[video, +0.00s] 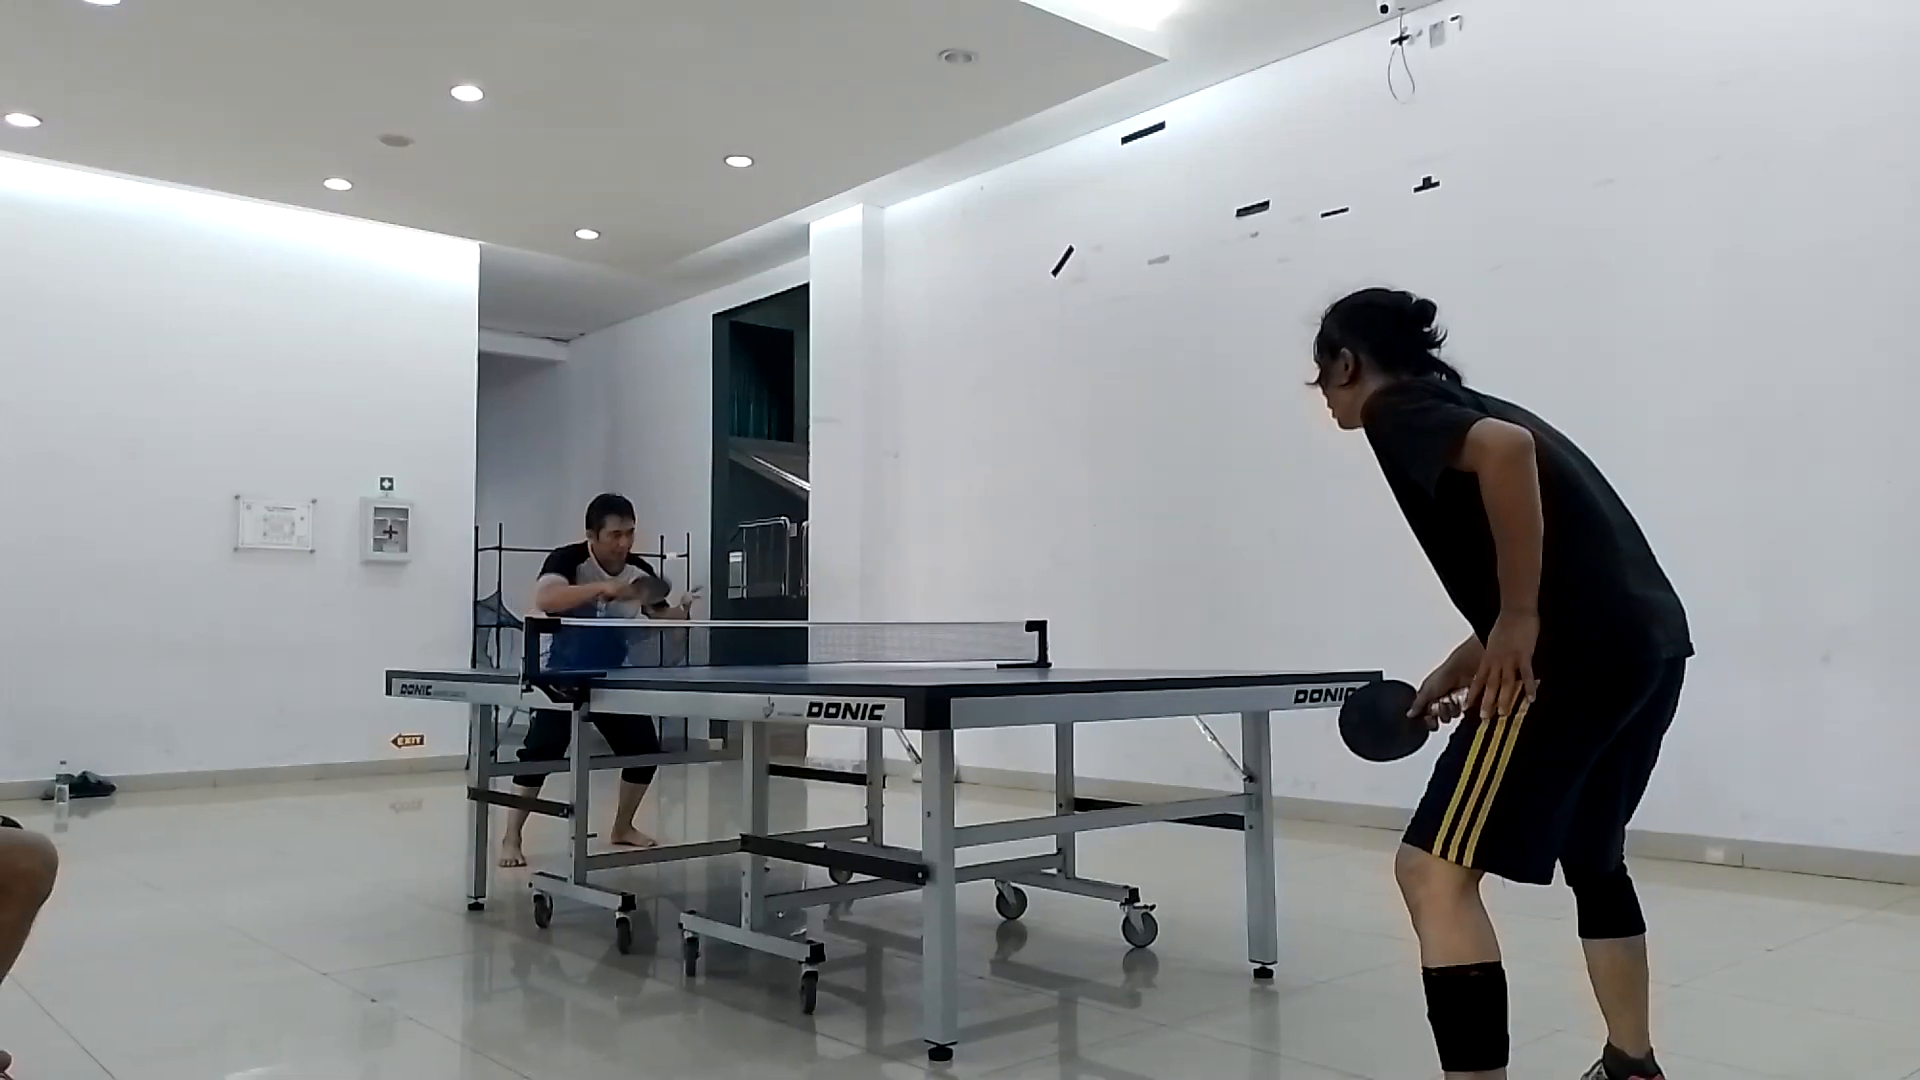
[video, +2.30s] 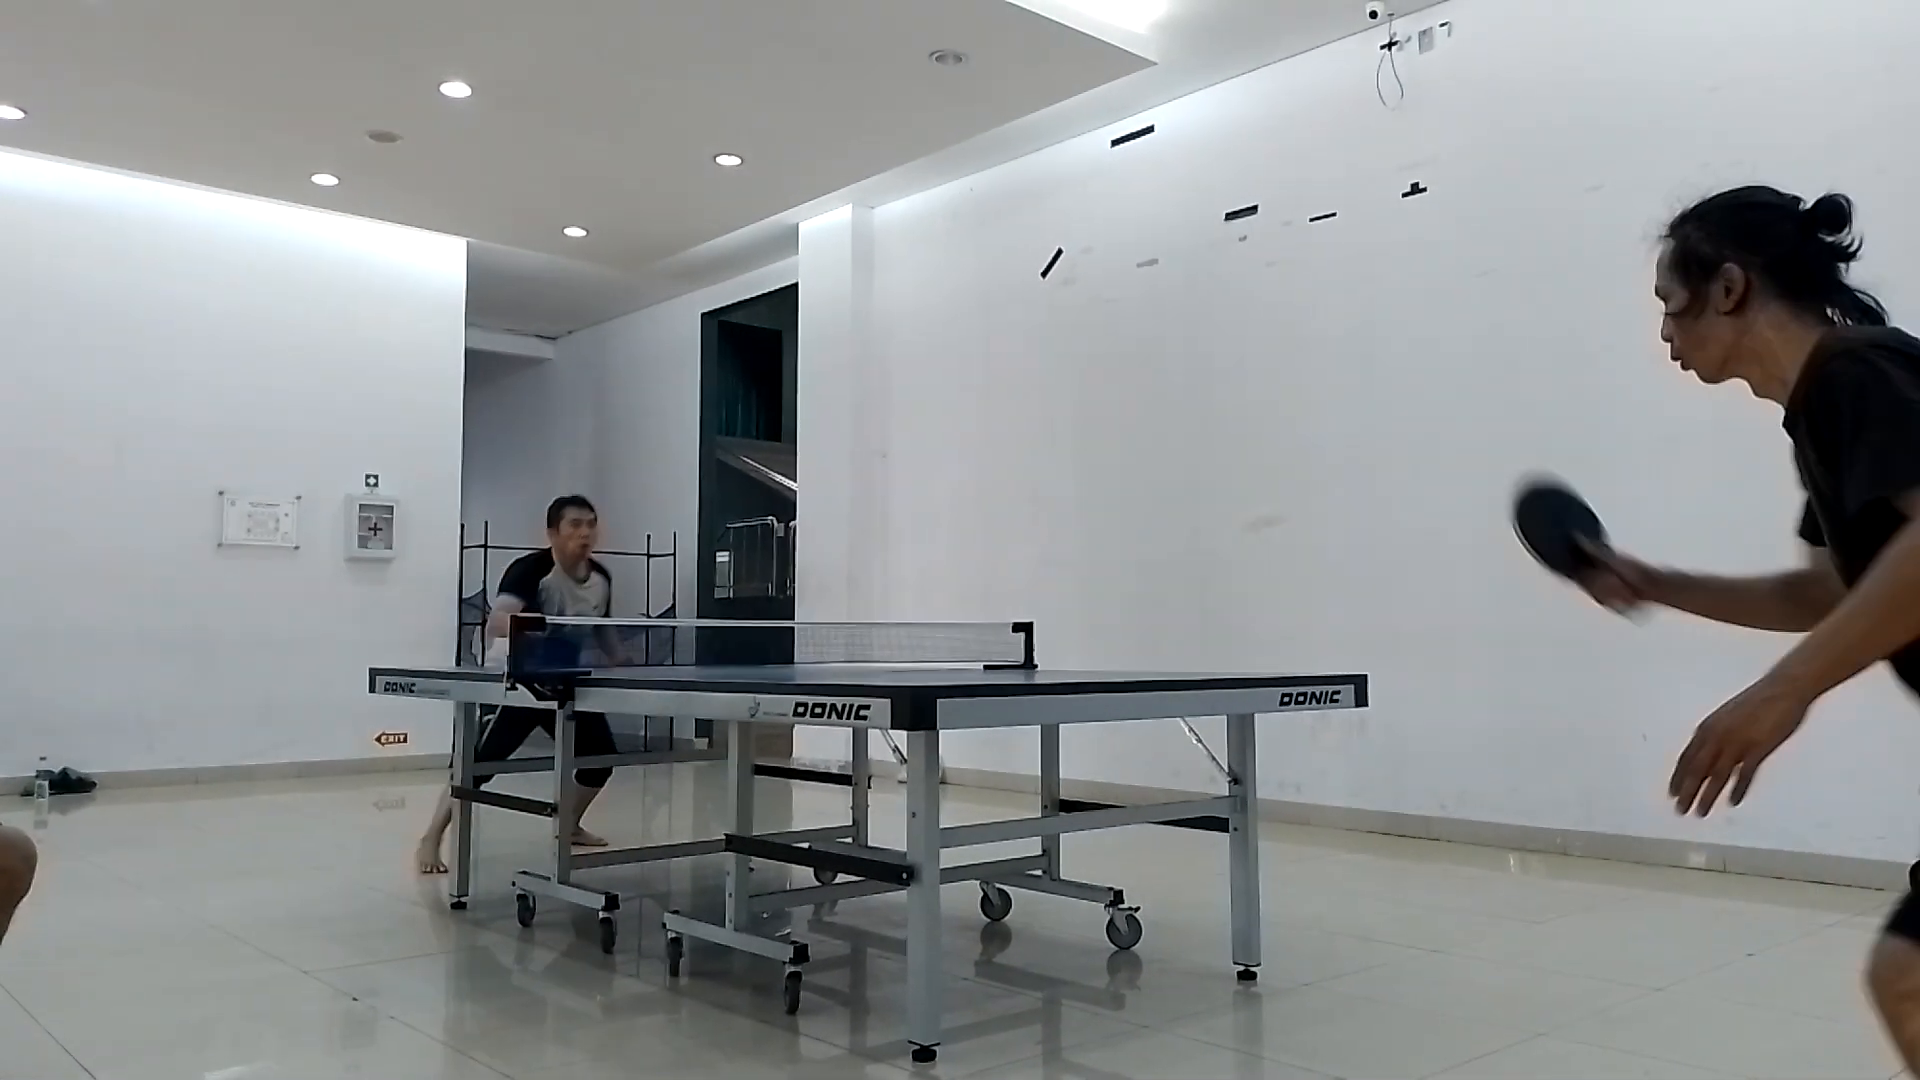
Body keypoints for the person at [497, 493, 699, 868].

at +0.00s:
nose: (625, 543)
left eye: (630, 534)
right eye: (616, 535)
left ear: (634, 534)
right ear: (592, 535)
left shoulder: (635, 570)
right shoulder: (565, 559)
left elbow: (661, 609)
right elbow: (545, 599)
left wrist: (678, 610)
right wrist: (602, 588)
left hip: (611, 681)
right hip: (561, 680)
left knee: (645, 751)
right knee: (542, 750)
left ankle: (623, 828)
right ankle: (511, 836)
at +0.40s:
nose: (615, 548)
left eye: (622, 539)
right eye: (606, 538)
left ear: (628, 538)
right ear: (584, 537)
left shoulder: (631, 579)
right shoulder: (561, 556)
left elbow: (648, 630)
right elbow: (545, 582)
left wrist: (676, 650)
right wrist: (565, 597)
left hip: (602, 682)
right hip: (554, 679)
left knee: (638, 752)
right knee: (534, 754)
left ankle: (617, 830)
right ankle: (506, 839)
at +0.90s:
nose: (600, 538)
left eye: (607, 530)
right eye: (591, 530)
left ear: (613, 533)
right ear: (570, 531)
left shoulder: (622, 580)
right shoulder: (542, 564)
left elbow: (636, 643)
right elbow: (493, 608)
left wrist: (646, 669)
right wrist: (516, 636)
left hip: (593, 690)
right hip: (538, 687)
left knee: (625, 762)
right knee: (491, 765)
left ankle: (614, 831)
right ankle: (452, 836)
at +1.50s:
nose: (544, 558)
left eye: (550, 549)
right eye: (534, 549)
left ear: (556, 549)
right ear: (510, 550)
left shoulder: (563, 589)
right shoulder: (482, 583)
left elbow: (581, 642)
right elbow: (459, 645)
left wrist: (597, 649)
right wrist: (510, 661)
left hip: (538, 696)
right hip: (485, 696)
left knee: (585, 757)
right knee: (464, 762)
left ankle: (573, 828)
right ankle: (427, 845)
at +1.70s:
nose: (540, 569)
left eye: (544, 561)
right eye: (529, 562)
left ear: (550, 563)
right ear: (504, 568)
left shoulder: (556, 605)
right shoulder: (478, 602)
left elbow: (570, 656)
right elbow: (451, 660)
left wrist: (599, 660)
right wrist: (500, 672)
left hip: (526, 706)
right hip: (476, 705)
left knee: (586, 760)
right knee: (475, 766)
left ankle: (573, 829)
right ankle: (428, 845)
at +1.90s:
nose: (539, 555)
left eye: (542, 548)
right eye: (527, 549)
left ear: (548, 554)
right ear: (506, 558)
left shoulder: (553, 603)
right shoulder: (485, 595)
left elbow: (571, 648)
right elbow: (494, 606)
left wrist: (607, 658)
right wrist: (517, 576)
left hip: (515, 705)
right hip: (467, 702)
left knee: (582, 755)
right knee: (471, 763)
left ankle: (570, 826)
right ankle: (425, 844)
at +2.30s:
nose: (586, 533)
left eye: (591, 525)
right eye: (576, 525)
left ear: (596, 531)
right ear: (553, 532)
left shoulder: (601, 578)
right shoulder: (528, 571)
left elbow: (602, 630)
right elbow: (494, 626)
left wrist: (619, 659)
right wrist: (527, 625)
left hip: (571, 690)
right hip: (521, 688)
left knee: (601, 761)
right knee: (482, 765)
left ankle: (568, 826)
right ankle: (431, 838)